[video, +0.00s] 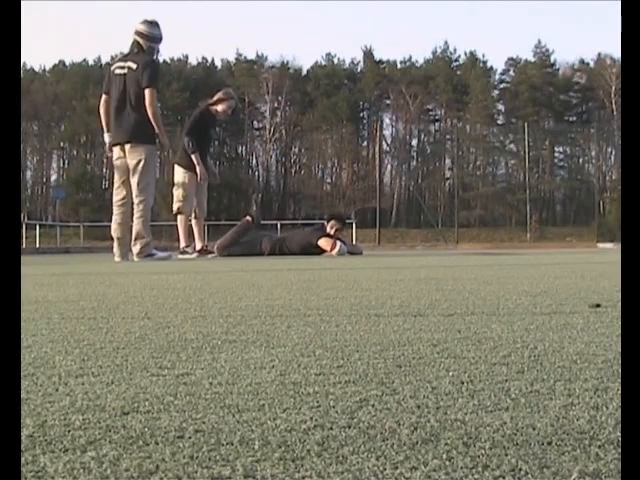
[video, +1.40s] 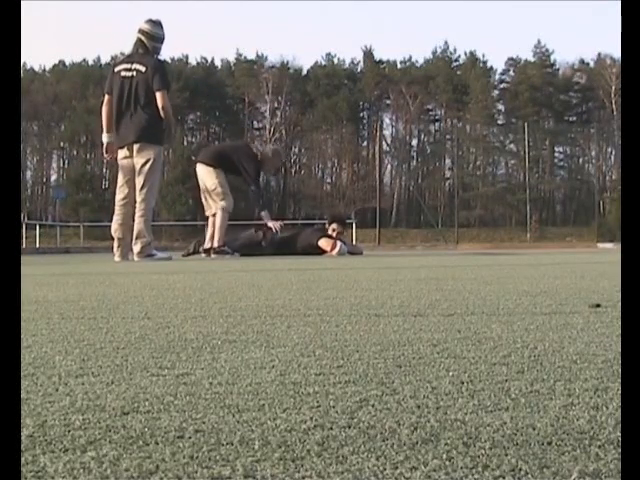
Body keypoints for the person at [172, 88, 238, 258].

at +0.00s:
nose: (228, 112)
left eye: (231, 109)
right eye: (228, 107)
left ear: (225, 106)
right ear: (219, 102)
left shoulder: (211, 119)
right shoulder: (201, 113)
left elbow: (202, 149)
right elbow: (188, 139)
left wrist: (210, 166)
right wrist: (198, 165)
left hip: (198, 167)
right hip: (185, 165)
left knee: (199, 208)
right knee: (184, 206)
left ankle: (200, 245)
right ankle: (184, 245)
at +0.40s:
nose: (232, 118)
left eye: (235, 115)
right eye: (233, 114)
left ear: (227, 111)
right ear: (225, 108)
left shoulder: (216, 121)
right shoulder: (209, 118)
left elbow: (204, 149)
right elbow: (205, 148)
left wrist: (208, 171)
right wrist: (222, 174)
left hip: (200, 167)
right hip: (186, 164)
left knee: (207, 206)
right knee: (186, 205)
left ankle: (202, 244)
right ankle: (184, 246)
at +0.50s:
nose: (236, 124)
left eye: (239, 121)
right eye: (237, 119)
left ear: (233, 116)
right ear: (230, 113)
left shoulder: (220, 127)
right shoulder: (213, 124)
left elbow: (210, 157)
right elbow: (211, 156)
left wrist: (210, 175)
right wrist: (231, 180)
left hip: (200, 170)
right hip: (187, 167)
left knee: (208, 208)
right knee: (187, 208)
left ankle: (206, 245)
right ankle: (184, 246)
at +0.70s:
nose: (249, 138)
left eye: (252, 135)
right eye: (250, 133)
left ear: (243, 128)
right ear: (242, 126)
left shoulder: (230, 139)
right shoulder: (225, 136)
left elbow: (233, 169)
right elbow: (226, 170)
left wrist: (247, 188)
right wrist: (245, 192)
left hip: (202, 171)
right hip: (189, 168)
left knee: (209, 209)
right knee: (192, 209)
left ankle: (207, 246)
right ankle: (184, 247)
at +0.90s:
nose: (253, 144)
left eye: (257, 143)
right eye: (254, 138)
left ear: (257, 145)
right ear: (249, 131)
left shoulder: (237, 144)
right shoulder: (233, 143)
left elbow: (241, 175)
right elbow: (239, 178)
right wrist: (255, 201)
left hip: (205, 168)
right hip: (194, 165)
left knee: (214, 208)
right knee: (204, 205)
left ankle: (207, 246)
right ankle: (185, 240)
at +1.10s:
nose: (261, 151)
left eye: (264, 151)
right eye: (262, 146)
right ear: (255, 139)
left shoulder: (244, 151)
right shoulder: (239, 148)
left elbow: (247, 180)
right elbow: (244, 181)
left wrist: (258, 206)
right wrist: (258, 208)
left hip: (208, 166)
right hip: (199, 163)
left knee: (216, 206)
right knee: (211, 203)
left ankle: (209, 243)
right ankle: (200, 240)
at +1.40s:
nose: (275, 171)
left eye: (277, 168)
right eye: (275, 167)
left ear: (267, 156)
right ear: (269, 159)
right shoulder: (251, 159)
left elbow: (255, 192)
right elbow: (255, 191)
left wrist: (265, 219)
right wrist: (268, 220)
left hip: (203, 163)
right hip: (211, 165)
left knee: (213, 209)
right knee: (224, 205)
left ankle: (207, 246)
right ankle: (218, 246)